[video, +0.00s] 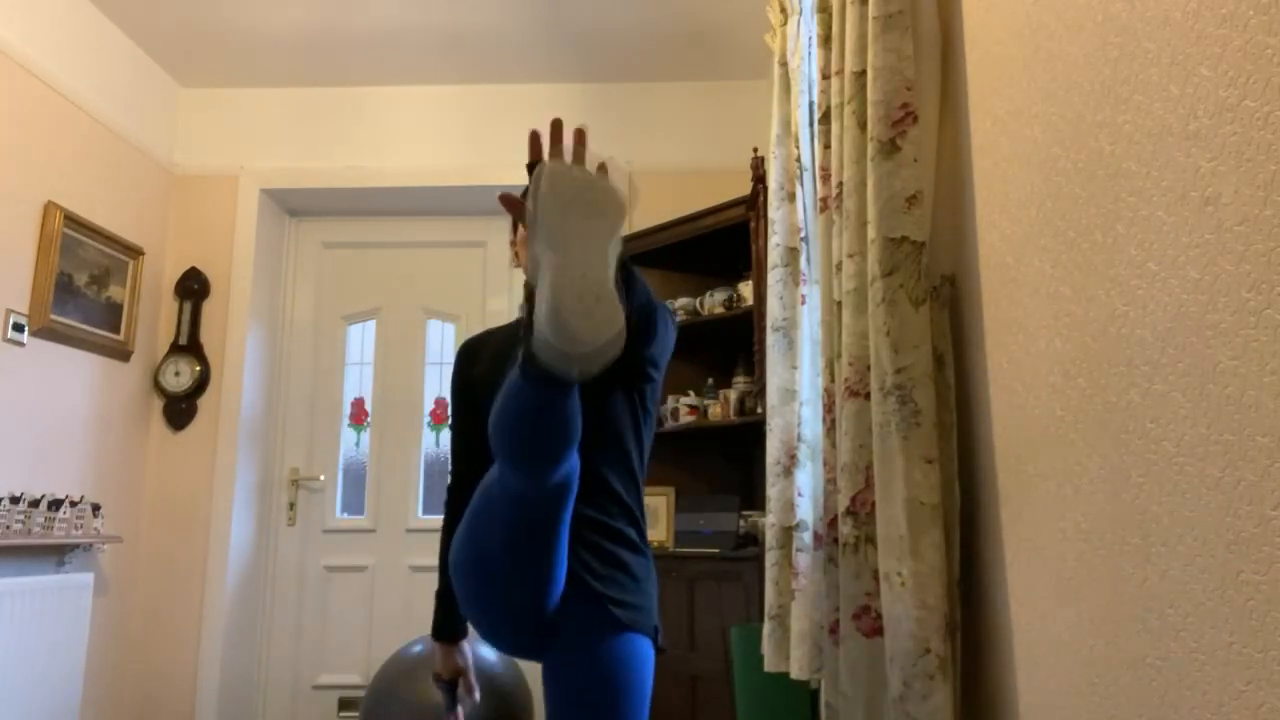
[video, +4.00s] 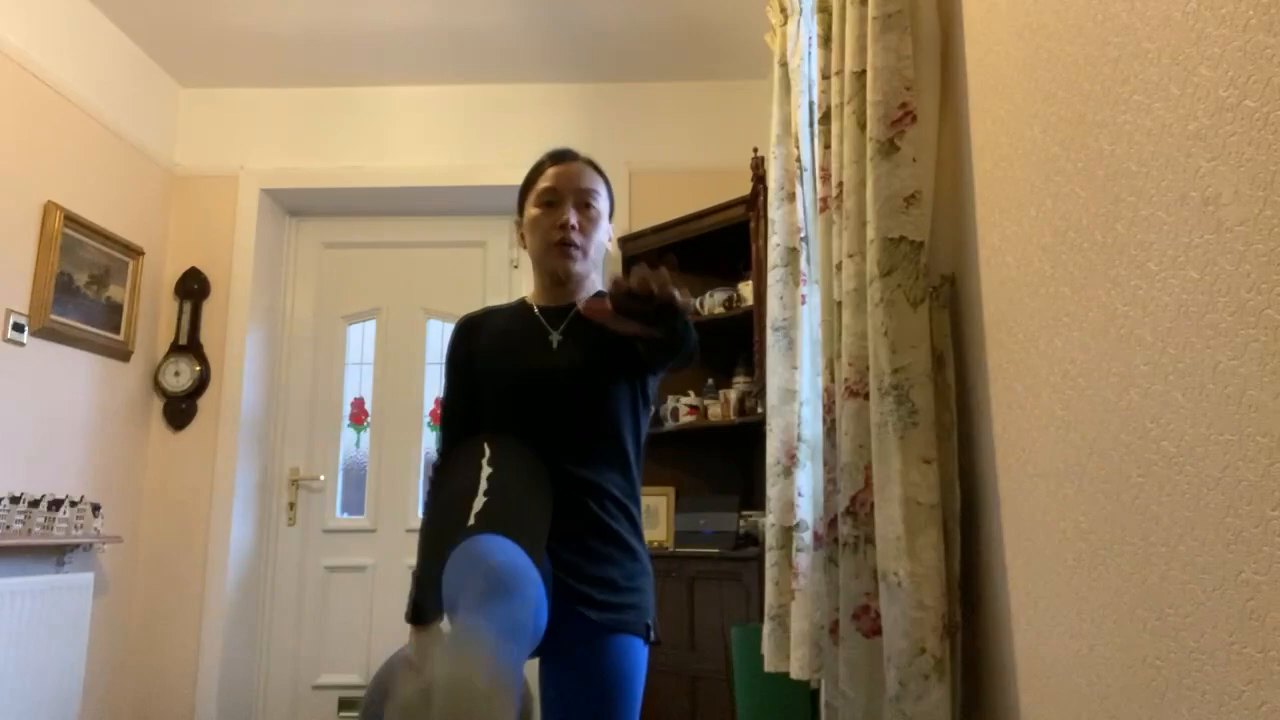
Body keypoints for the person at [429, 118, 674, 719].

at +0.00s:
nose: (545, 244)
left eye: (563, 233)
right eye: (530, 231)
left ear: (596, 250)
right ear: (515, 248)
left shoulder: (642, 339)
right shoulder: (481, 354)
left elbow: (633, 303)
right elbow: (463, 489)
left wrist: (577, 235)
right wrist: (448, 629)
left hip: (610, 598)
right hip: (502, 598)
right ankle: (559, 352)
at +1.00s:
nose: (515, 226)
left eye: (530, 216)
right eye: (496, 211)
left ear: (543, 238)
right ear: (459, 225)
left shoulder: (564, 359)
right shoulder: (408, 328)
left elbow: (554, 493)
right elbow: (395, 334)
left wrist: (517, 647)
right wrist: (417, 300)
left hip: (520, 602)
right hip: (419, 599)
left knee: (523, 509)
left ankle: (494, 411)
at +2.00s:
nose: (546, 220)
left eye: (563, 206)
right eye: (530, 206)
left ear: (593, 228)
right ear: (505, 222)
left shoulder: (631, 323)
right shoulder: (465, 340)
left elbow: (632, 325)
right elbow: (438, 487)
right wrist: (414, 630)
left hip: (593, 598)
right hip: (484, 600)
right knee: (497, 501)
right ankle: (507, 392)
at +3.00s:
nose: (521, 220)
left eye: (538, 211)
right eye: (500, 204)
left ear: (549, 238)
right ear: (461, 227)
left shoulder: (575, 352)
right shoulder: (422, 322)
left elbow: (573, 478)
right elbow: (385, 348)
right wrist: (401, 335)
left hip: (533, 600)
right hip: (426, 596)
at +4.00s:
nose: (568, 218)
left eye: (587, 206)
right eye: (549, 204)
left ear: (609, 236)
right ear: (521, 231)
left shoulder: (630, 326)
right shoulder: (478, 333)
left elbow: (674, 349)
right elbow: (453, 471)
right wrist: (425, 605)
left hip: (604, 582)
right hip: (497, 573)